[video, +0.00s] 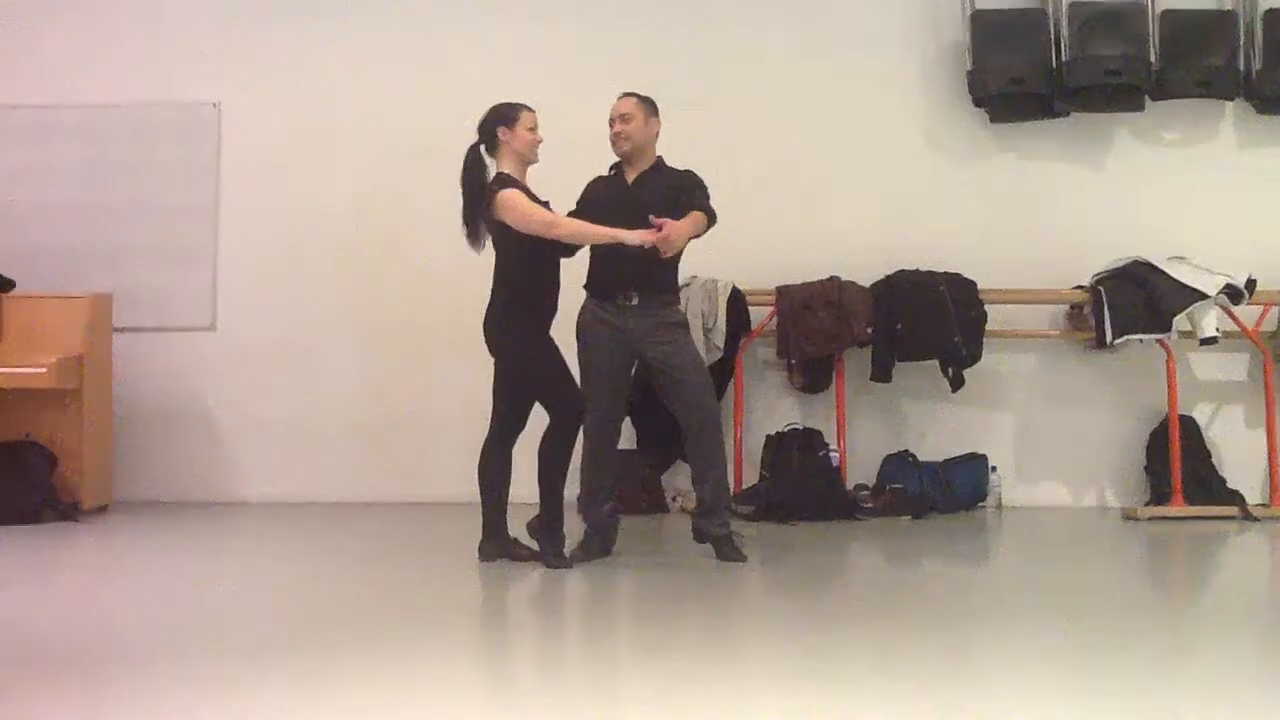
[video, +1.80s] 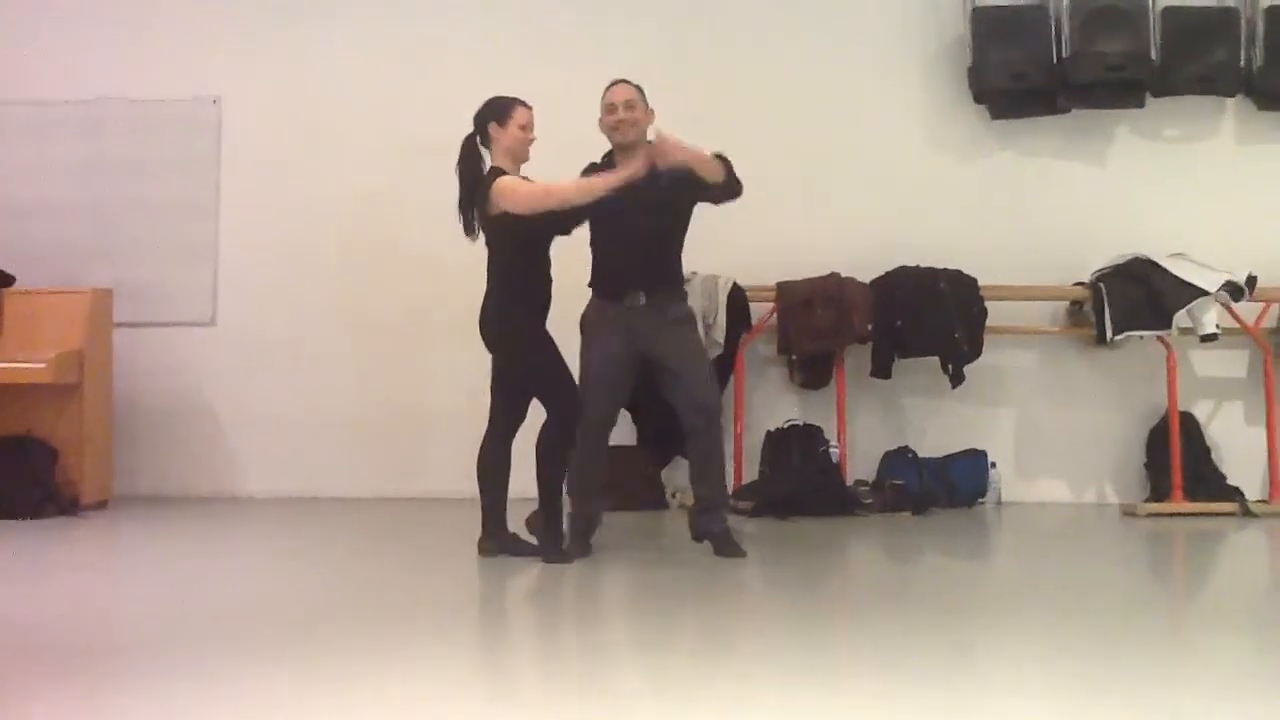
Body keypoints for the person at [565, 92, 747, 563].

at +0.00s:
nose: (615, 128)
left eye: (625, 119)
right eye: (612, 122)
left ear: (654, 126)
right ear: (611, 133)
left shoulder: (682, 182)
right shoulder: (598, 190)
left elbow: (704, 213)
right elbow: (568, 242)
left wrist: (683, 229)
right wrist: (525, 229)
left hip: (661, 319)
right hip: (603, 319)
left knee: (702, 411)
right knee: (600, 420)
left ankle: (714, 523)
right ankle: (598, 530)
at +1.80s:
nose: (619, 115)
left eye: (629, 107)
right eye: (611, 110)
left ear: (649, 116)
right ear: (600, 123)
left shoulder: (678, 172)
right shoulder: (595, 179)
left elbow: (730, 187)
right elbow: (556, 222)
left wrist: (688, 156)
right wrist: (505, 214)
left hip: (669, 313)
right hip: (608, 315)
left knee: (702, 408)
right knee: (594, 416)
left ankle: (712, 520)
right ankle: (580, 525)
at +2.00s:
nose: (601, 115)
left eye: (611, 108)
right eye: (592, 109)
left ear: (630, 117)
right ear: (580, 122)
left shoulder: (654, 170)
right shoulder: (571, 176)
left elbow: (701, 217)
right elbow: (530, 206)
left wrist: (678, 167)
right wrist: (490, 196)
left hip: (652, 315)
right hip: (594, 318)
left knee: (683, 414)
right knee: (578, 422)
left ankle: (704, 520)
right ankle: (572, 529)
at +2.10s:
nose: (593, 117)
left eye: (604, 109)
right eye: (585, 110)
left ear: (623, 120)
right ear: (574, 122)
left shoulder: (643, 180)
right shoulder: (559, 181)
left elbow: (689, 240)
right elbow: (519, 216)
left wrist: (673, 210)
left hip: (642, 315)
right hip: (585, 319)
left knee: (679, 415)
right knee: (572, 419)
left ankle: (718, 519)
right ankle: (572, 529)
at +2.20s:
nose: (583, 119)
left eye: (593, 112)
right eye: (575, 113)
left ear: (613, 123)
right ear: (565, 124)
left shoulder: (638, 189)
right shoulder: (554, 182)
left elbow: (662, 258)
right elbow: (516, 220)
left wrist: (623, 263)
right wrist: (481, 193)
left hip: (626, 319)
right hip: (571, 321)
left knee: (664, 412)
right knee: (562, 417)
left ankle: (717, 508)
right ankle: (571, 527)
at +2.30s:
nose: (581, 119)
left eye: (592, 112)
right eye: (573, 112)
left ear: (611, 123)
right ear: (563, 124)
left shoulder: (635, 188)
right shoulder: (554, 181)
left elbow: (648, 260)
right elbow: (521, 226)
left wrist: (595, 268)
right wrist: (480, 203)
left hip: (621, 316)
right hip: (567, 318)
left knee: (641, 406)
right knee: (562, 419)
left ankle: (692, 487)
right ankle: (571, 523)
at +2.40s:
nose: (579, 121)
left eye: (589, 113)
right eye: (571, 114)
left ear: (608, 125)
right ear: (561, 126)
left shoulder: (630, 187)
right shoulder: (549, 186)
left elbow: (626, 255)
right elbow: (532, 238)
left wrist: (573, 248)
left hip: (617, 315)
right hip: (565, 315)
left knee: (618, 407)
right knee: (560, 418)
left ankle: (650, 471)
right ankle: (570, 522)